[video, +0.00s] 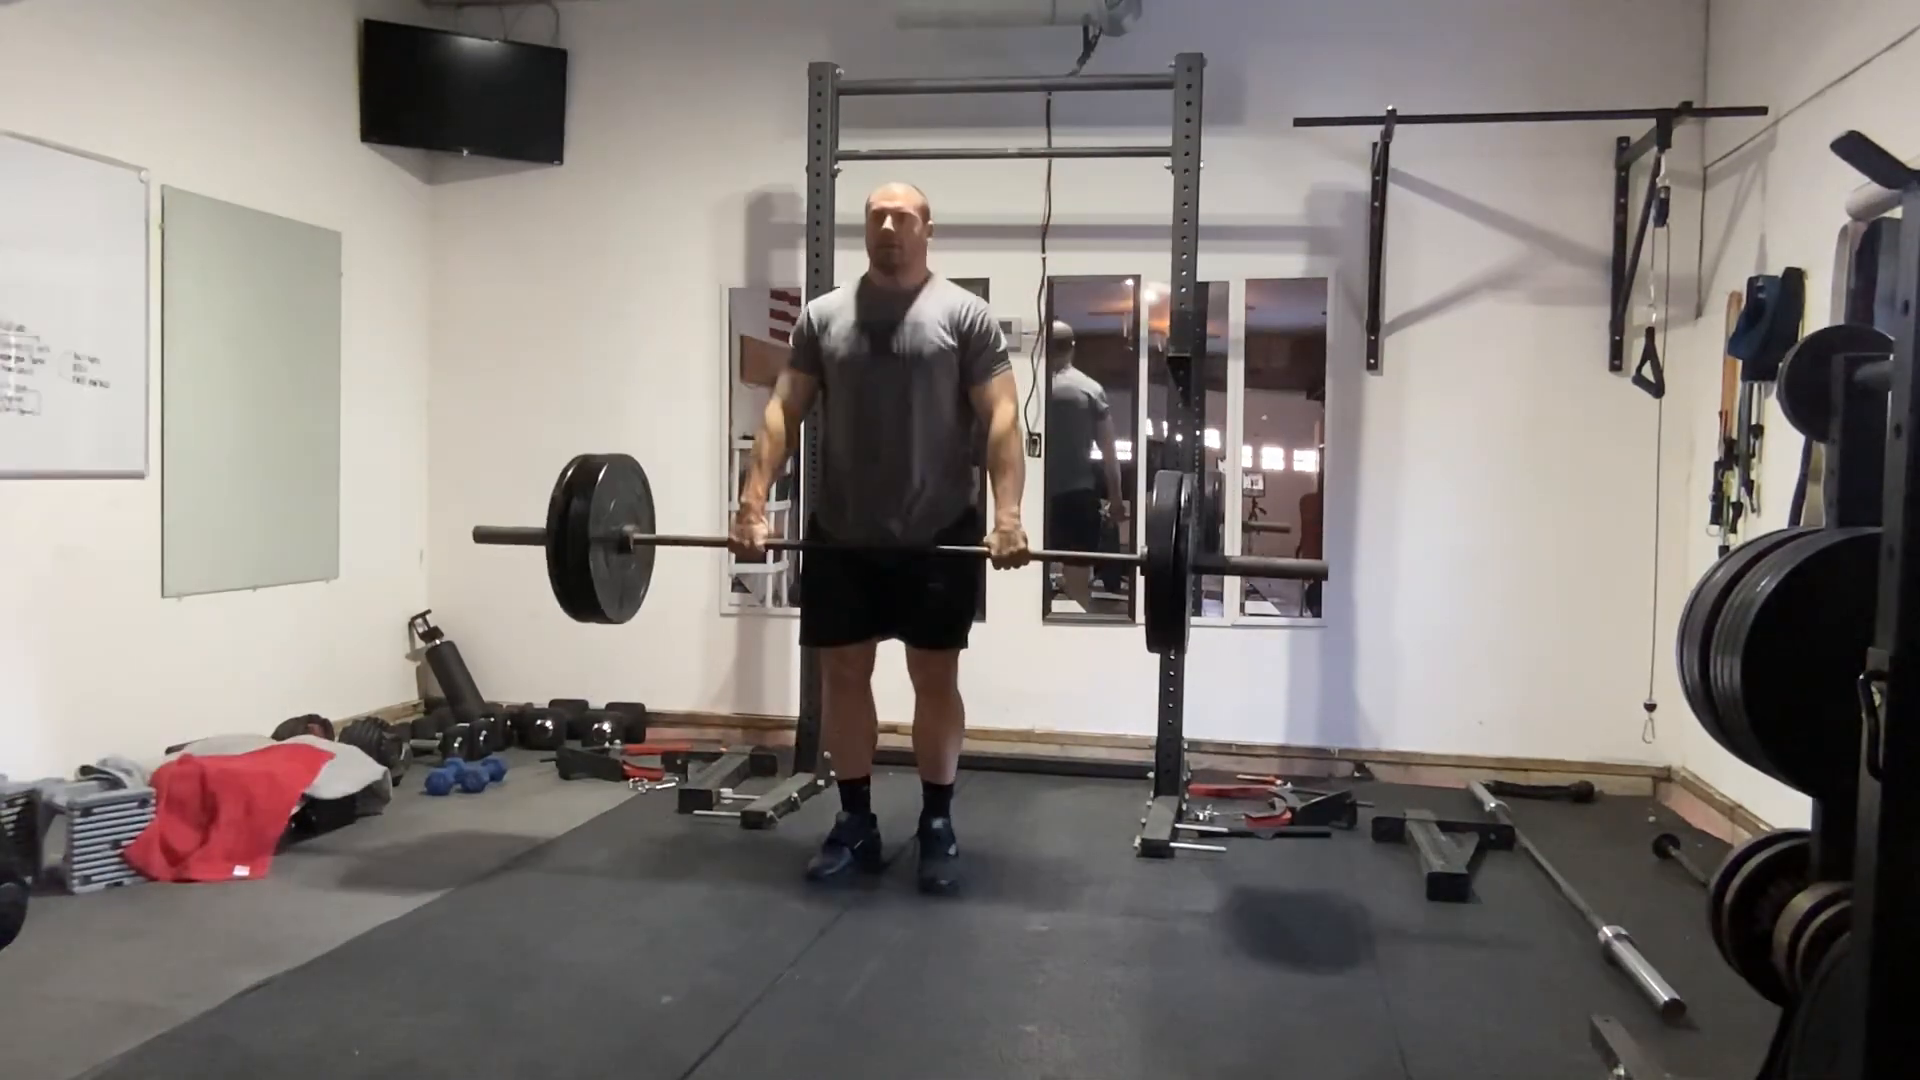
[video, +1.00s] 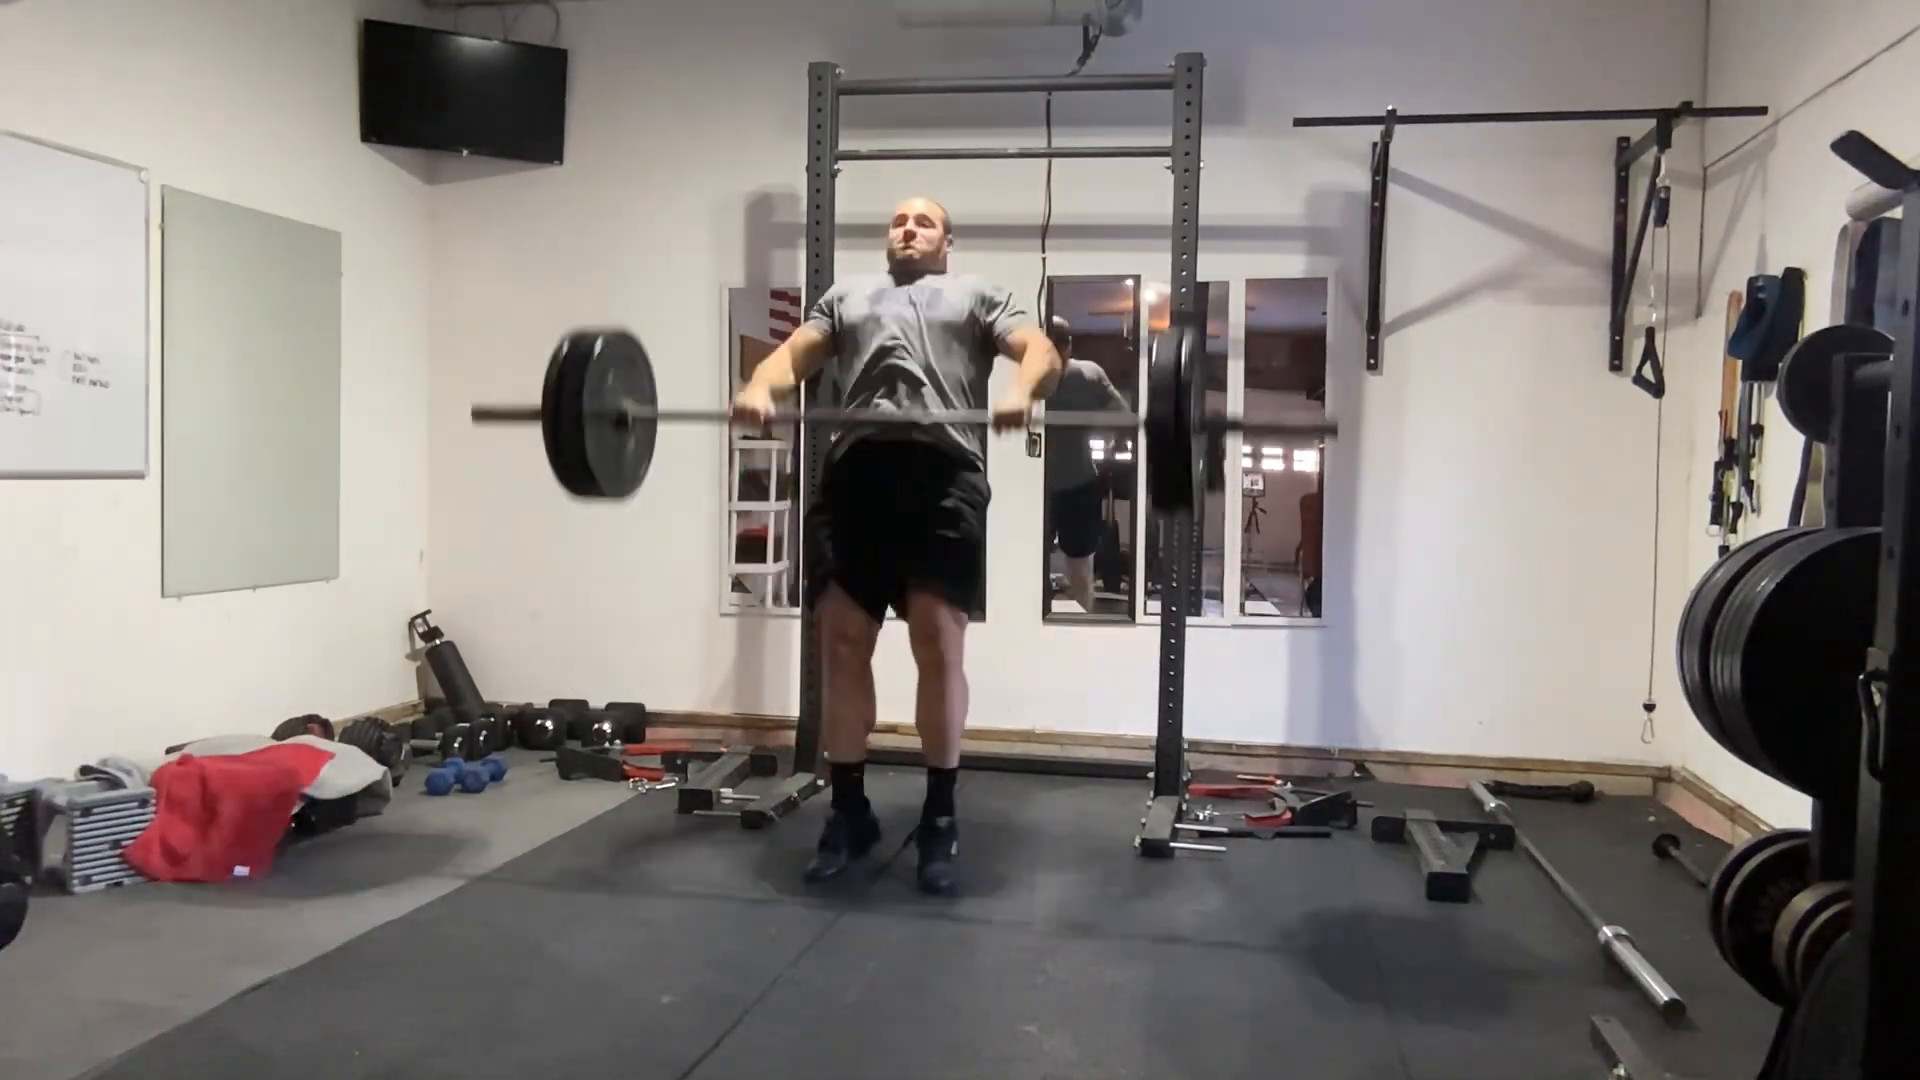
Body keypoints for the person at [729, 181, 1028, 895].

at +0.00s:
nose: (887, 227)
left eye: (902, 218)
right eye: (877, 218)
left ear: (928, 233)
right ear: (863, 233)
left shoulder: (966, 317)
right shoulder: (822, 318)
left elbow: (1000, 418)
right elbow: (783, 410)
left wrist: (1007, 517)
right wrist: (751, 503)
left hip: (936, 531)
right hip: (842, 530)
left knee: (934, 675)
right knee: (844, 672)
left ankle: (937, 828)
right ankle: (855, 828)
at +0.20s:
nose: (872, 247)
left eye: (886, 237)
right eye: (862, 236)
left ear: (915, 254)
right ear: (848, 252)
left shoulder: (961, 340)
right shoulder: (811, 340)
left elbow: (998, 450)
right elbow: (779, 443)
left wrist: (1012, 548)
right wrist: (757, 537)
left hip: (944, 534)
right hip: (846, 534)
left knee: (945, 679)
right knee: (838, 671)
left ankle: (938, 828)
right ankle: (855, 826)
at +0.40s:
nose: (866, 307)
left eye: (879, 296)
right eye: (856, 296)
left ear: (909, 307)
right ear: (841, 309)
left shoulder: (959, 391)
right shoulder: (806, 391)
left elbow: (999, 500)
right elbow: (777, 493)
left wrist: (1010, 600)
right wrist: (760, 590)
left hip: (951, 542)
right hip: (854, 544)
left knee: (961, 676)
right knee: (829, 665)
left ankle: (940, 829)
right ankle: (854, 829)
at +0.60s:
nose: (864, 323)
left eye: (878, 313)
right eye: (855, 313)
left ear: (908, 324)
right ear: (841, 325)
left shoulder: (955, 407)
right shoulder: (812, 407)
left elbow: (999, 514)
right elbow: (778, 505)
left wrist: (1010, 617)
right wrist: (759, 603)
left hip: (952, 546)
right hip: (857, 547)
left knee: (963, 678)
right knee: (828, 668)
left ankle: (940, 828)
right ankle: (854, 829)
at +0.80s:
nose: (882, 239)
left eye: (897, 231)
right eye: (873, 231)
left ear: (924, 250)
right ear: (859, 251)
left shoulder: (961, 330)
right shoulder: (822, 331)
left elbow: (1014, 425)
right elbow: (779, 428)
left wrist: (1014, 532)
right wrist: (760, 521)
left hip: (942, 540)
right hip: (845, 539)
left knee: (942, 683)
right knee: (831, 678)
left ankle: (936, 831)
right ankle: (855, 828)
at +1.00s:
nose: (909, 226)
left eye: (924, 221)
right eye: (899, 220)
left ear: (946, 244)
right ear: (884, 241)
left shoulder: (974, 295)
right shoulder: (847, 295)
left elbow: (1043, 348)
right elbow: (791, 355)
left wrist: (1022, 390)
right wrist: (758, 385)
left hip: (943, 471)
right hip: (857, 470)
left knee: (936, 633)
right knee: (842, 638)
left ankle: (939, 819)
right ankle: (848, 811)